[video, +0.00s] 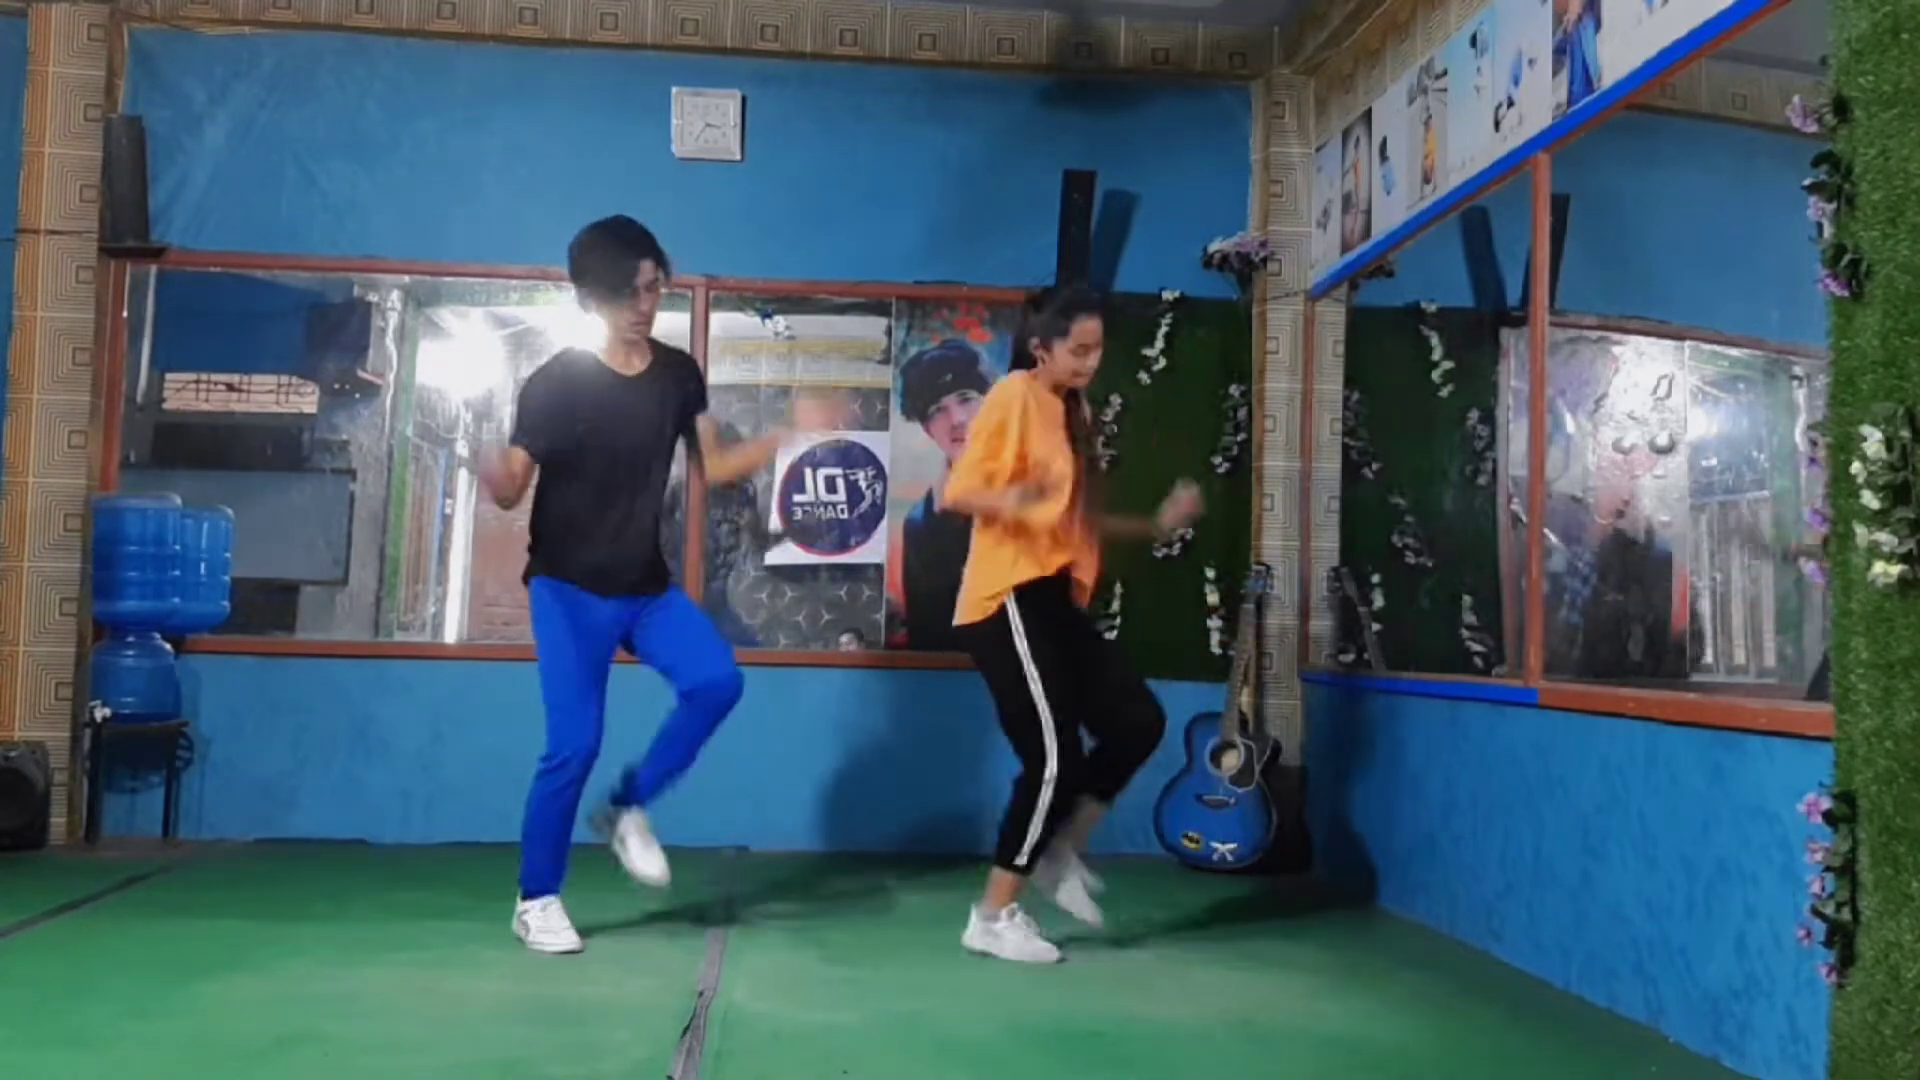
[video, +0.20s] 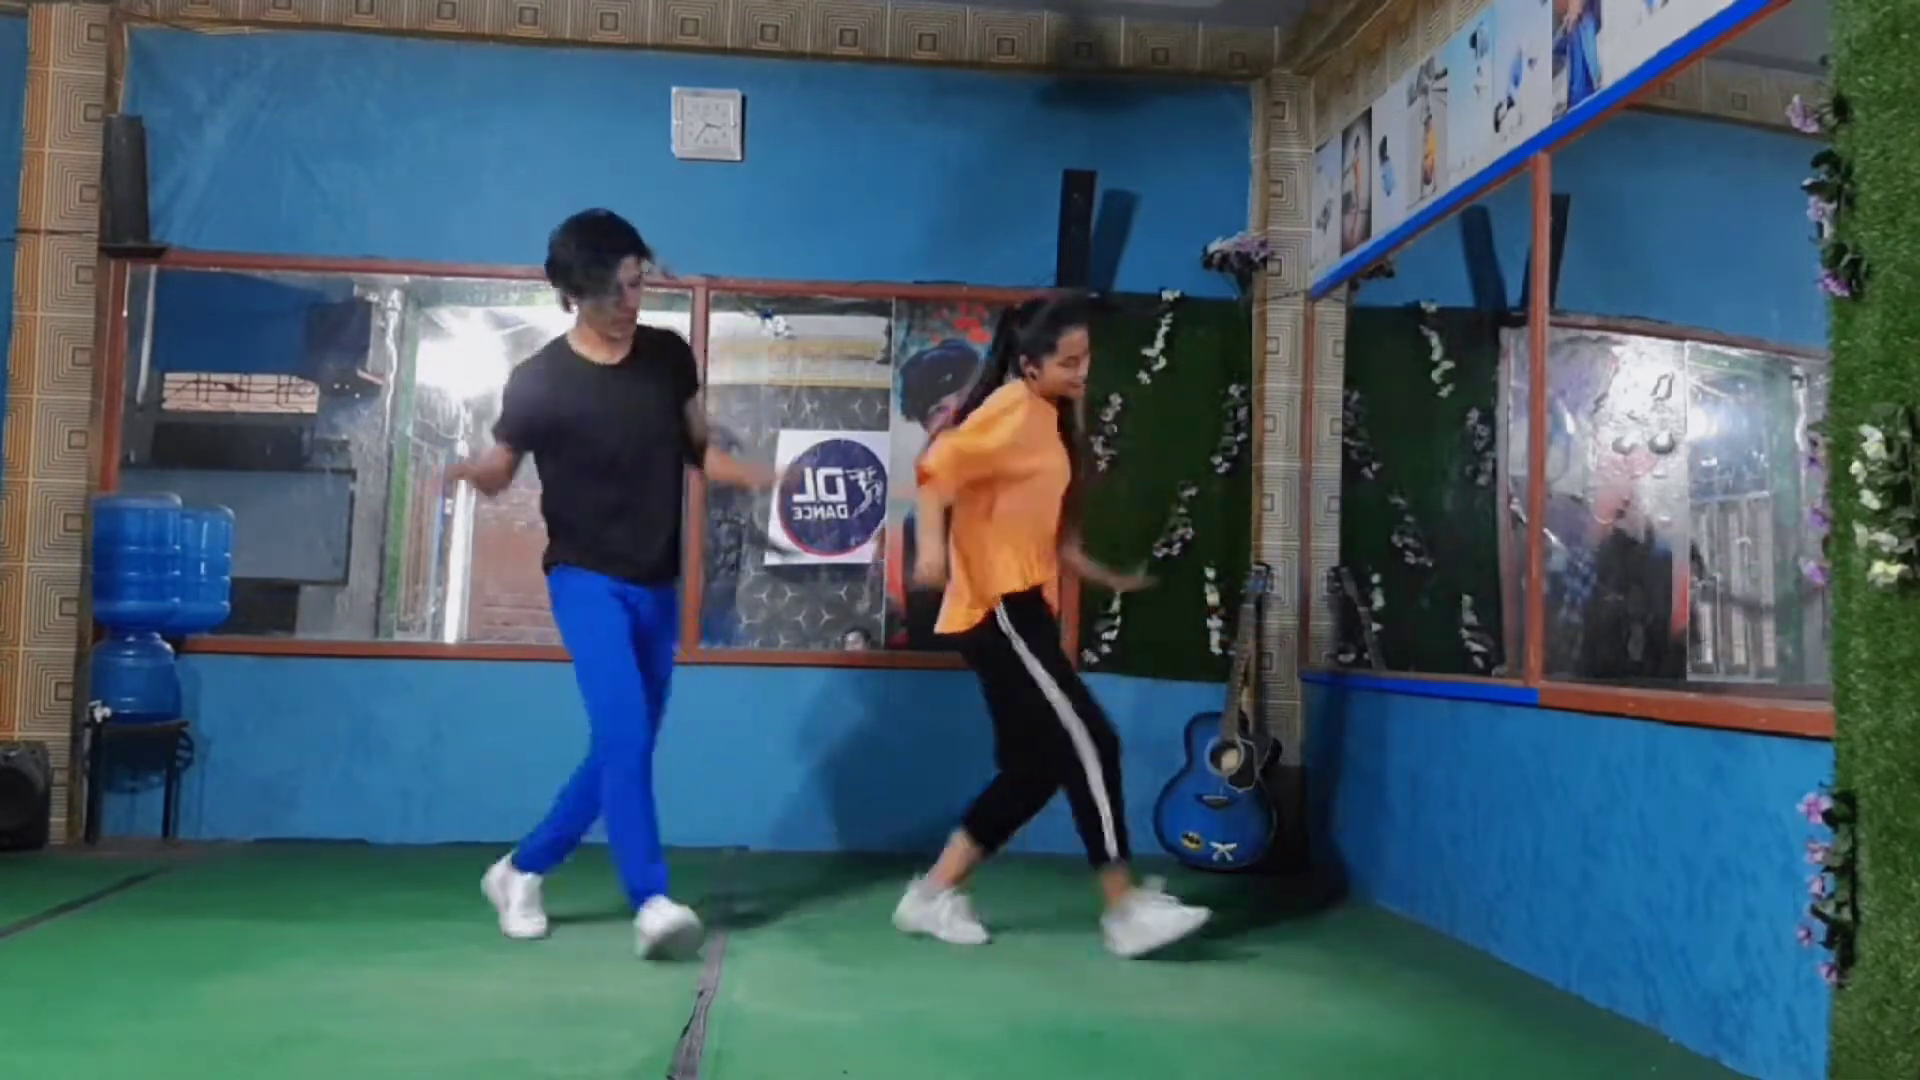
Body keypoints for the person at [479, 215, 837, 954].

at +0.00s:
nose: (647, 306)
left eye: (655, 289)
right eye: (630, 292)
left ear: (665, 290)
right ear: (591, 296)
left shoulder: (678, 373)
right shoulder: (556, 383)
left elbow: (715, 466)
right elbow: (510, 492)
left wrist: (783, 435)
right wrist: (492, 466)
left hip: (650, 591)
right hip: (568, 591)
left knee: (717, 683)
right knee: (573, 744)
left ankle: (628, 806)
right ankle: (537, 899)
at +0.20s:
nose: (633, 298)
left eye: (637, 283)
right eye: (618, 287)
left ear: (643, 282)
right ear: (578, 293)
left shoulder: (669, 354)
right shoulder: (538, 379)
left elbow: (697, 451)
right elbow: (500, 471)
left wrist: (766, 477)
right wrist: (468, 470)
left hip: (658, 578)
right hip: (587, 577)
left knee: (628, 740)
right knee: (623, 730)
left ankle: (520, 871)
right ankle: (652, 901)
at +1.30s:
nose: (665, 309)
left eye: (682, 295)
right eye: (656, 295)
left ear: (721, 303)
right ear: (649, 302)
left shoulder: (732, 377)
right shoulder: (696, 383)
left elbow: (766, 493)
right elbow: (702, 499)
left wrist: (692, 580)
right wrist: (662, 584)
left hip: (704, 596)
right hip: (689, 595)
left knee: (575, 709)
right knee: (660, 755)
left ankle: (567, 888)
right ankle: (736, 906)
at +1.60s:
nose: (649, 289)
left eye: (664, 274)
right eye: (641, 277)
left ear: (704, 282)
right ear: (637, 284)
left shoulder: (698, 344)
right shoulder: (683, 357)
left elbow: (660, 429)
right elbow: (714, 463)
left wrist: (599, 478)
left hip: (728, 585)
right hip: (686, 591)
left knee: (691, 758)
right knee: (595, 729)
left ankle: (753, 916)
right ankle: (571, 905)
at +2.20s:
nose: (636, 292)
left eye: (650, 277)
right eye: (621, 279)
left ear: (672, 287)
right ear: (599, 290)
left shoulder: (699, 388)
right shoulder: (553, 367)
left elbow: (700, 487)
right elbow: (491, 434)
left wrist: (696, 569)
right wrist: (522, 514)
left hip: (676, 595)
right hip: (586, 592)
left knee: (720, 737)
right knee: (561, 752)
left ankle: (675, 897)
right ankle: (493, 893)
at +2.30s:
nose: (640, 284)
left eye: (652, 268)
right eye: (623, 271)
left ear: (673, 275)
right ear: (598, 280)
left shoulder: (695, 372)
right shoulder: (556, 344)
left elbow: (690, 472)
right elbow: (463, 389)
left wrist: (690, 573)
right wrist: (544, 404)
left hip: (659, 597)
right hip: (571, 590)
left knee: (700, 737)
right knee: (533, 747)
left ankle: (665, 902)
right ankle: (485, 901)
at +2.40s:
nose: (651, 287)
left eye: (662, 272)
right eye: (634, 274)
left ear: (679, 278)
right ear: (607, 283)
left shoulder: (692, 367)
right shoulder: (579, 338)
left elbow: (683, 435)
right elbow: (513, 377)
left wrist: (702, 476)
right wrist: (603, 340)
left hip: (639, 599)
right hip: (551, 587)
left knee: (687, 738)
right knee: (510, 747)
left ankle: (638, 899)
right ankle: (481, 903)